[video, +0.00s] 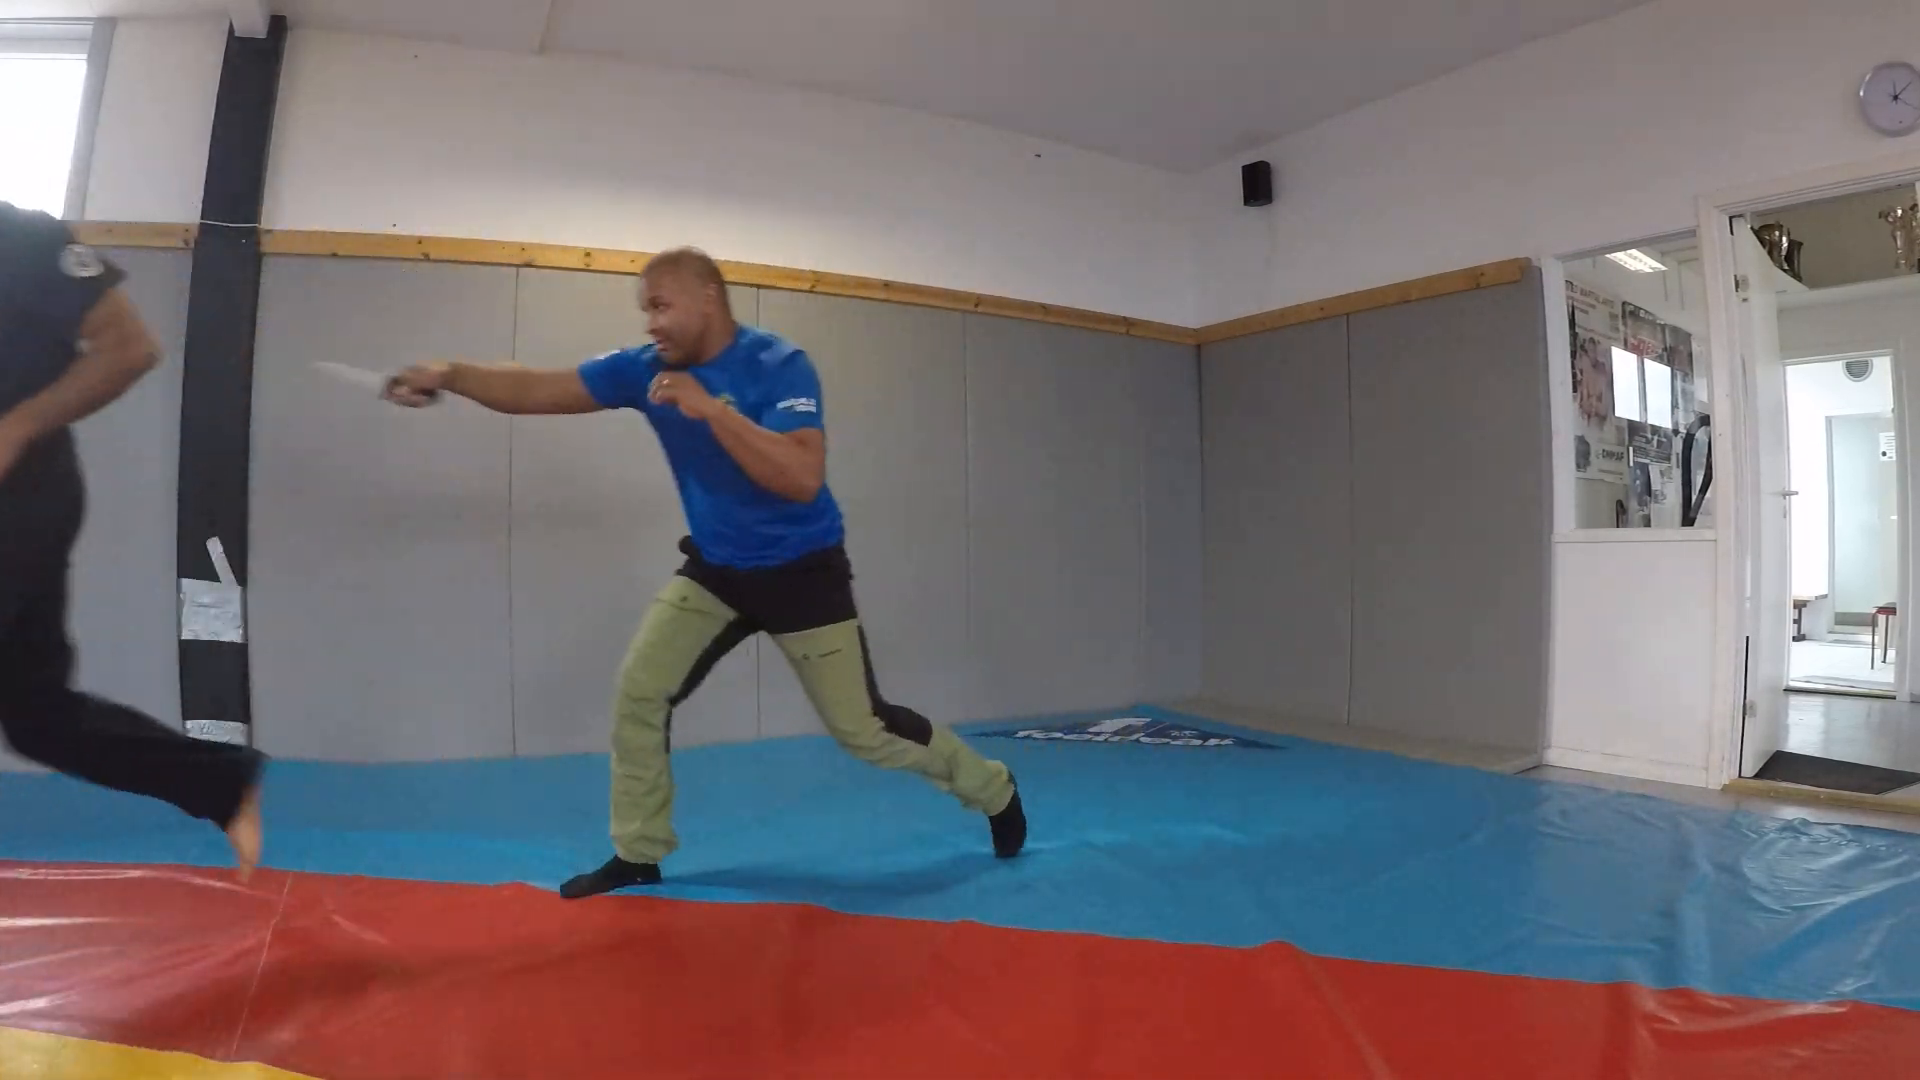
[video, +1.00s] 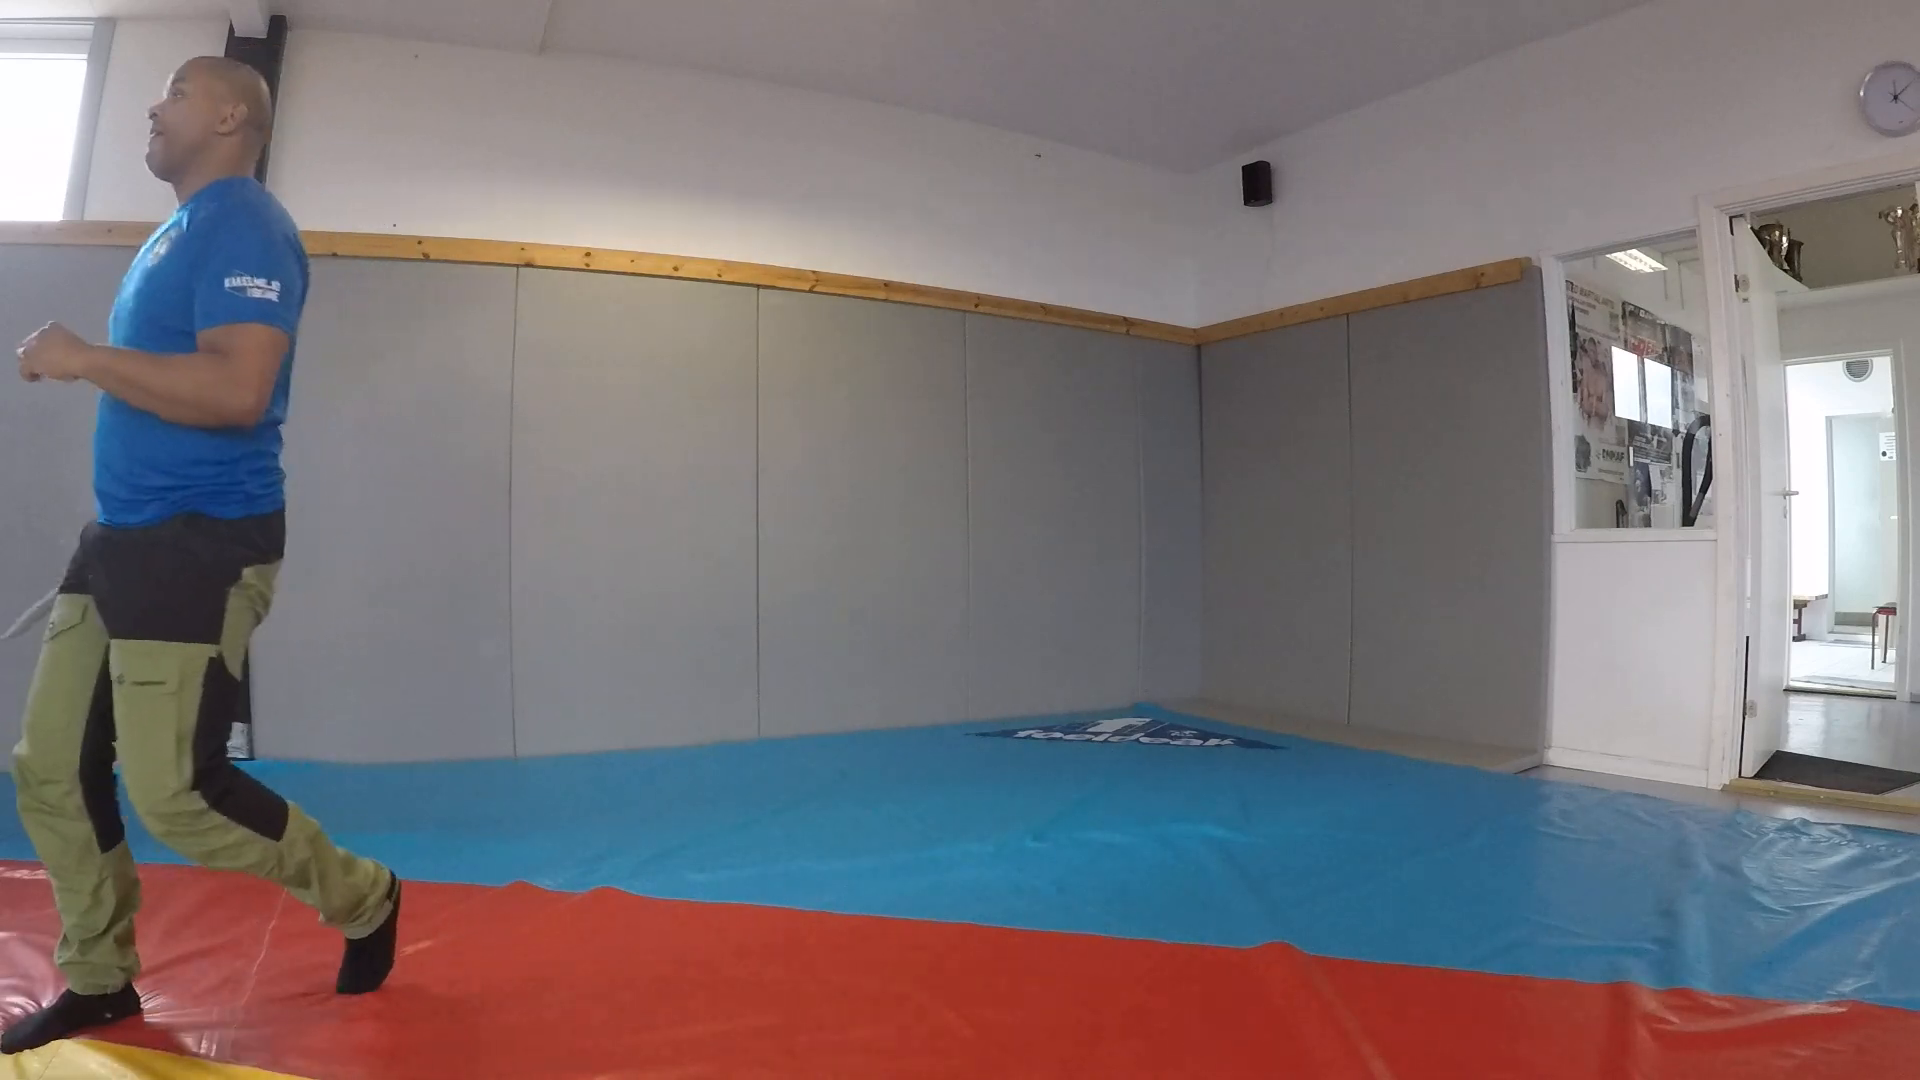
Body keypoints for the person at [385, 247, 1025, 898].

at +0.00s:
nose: (648, 322)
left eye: (659, 307)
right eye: (645, 308)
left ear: (710, 302)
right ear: (663, 311)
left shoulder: (780, 368)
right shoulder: (652, 372)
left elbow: (801, 476)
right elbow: (543, 389)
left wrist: (709, 410)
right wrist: (449, 376)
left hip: (803, 573)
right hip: (714, 570)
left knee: (861, 728)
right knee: (640, 694)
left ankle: (995, 789)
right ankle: (638, 858)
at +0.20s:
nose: (506, 286)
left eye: (517, 268)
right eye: (500, 271)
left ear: (570, 259)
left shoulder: (652, 323)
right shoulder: (507, 350)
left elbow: (761, 409)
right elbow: (416, 419)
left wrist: (701, 395)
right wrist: (326, 403)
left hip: (692, 537)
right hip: (603, 547)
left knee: (676, 704)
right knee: (558, 709)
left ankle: (761, 824)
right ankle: (625, 847)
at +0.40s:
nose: (412, 209)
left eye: (426, 192)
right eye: (409, 195)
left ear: (487, 193)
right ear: (436, 202)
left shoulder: (559, 270)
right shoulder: (417, 308)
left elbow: (674, 373)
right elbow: (421, 420)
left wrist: (643, 314)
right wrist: (371, 507)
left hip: (565, 509)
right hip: (477, 522)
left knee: (488, 700)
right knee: (486, 705)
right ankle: (594, 821)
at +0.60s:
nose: (317, 179)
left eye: (336, 164)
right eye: (320, 163)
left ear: (396, 182)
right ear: (365, 185)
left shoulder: (460, 283)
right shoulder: (324, 295)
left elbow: (541, 428)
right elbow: (319, 425)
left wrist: (474, 362)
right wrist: (294, 537)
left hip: (441, 537)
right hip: (350, 541)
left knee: (340, 743)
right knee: (294, 737)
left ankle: (407, 933)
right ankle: (447, 817)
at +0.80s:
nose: (239, 113)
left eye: (260, 96)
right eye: (243, 99)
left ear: (321, 116)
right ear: (285, 119)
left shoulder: (357, 224)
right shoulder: (256, 229)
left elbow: (366, 381)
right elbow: (252, 372)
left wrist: (213, 367)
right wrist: (208, 477)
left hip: (331, 513)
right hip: (239, 509)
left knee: (272, 750)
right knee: (170, 722)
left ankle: (392, 912)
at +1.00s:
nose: (154, 110)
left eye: (175, 94)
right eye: (161, 94)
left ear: (230, 117)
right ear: (219, 118)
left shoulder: (249, 221)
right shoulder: (189, 229)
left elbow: (240, 390)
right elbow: (201, 383)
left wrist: (90, 359)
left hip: (205, 543)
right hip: (125, 537)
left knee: (179, 796)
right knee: (54, 771)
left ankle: (365, 897)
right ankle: (100, 981)